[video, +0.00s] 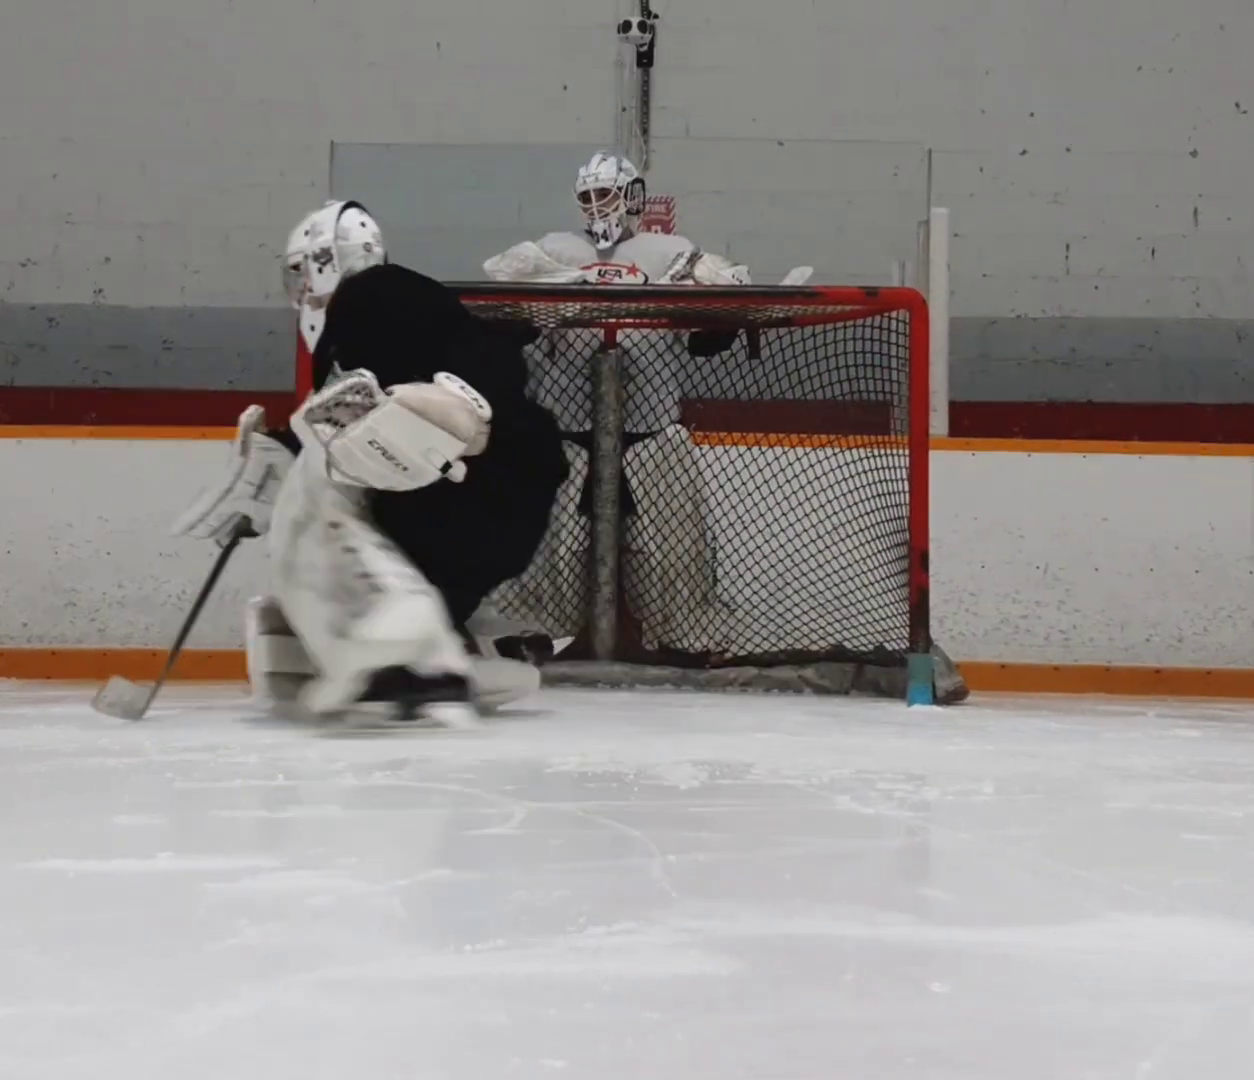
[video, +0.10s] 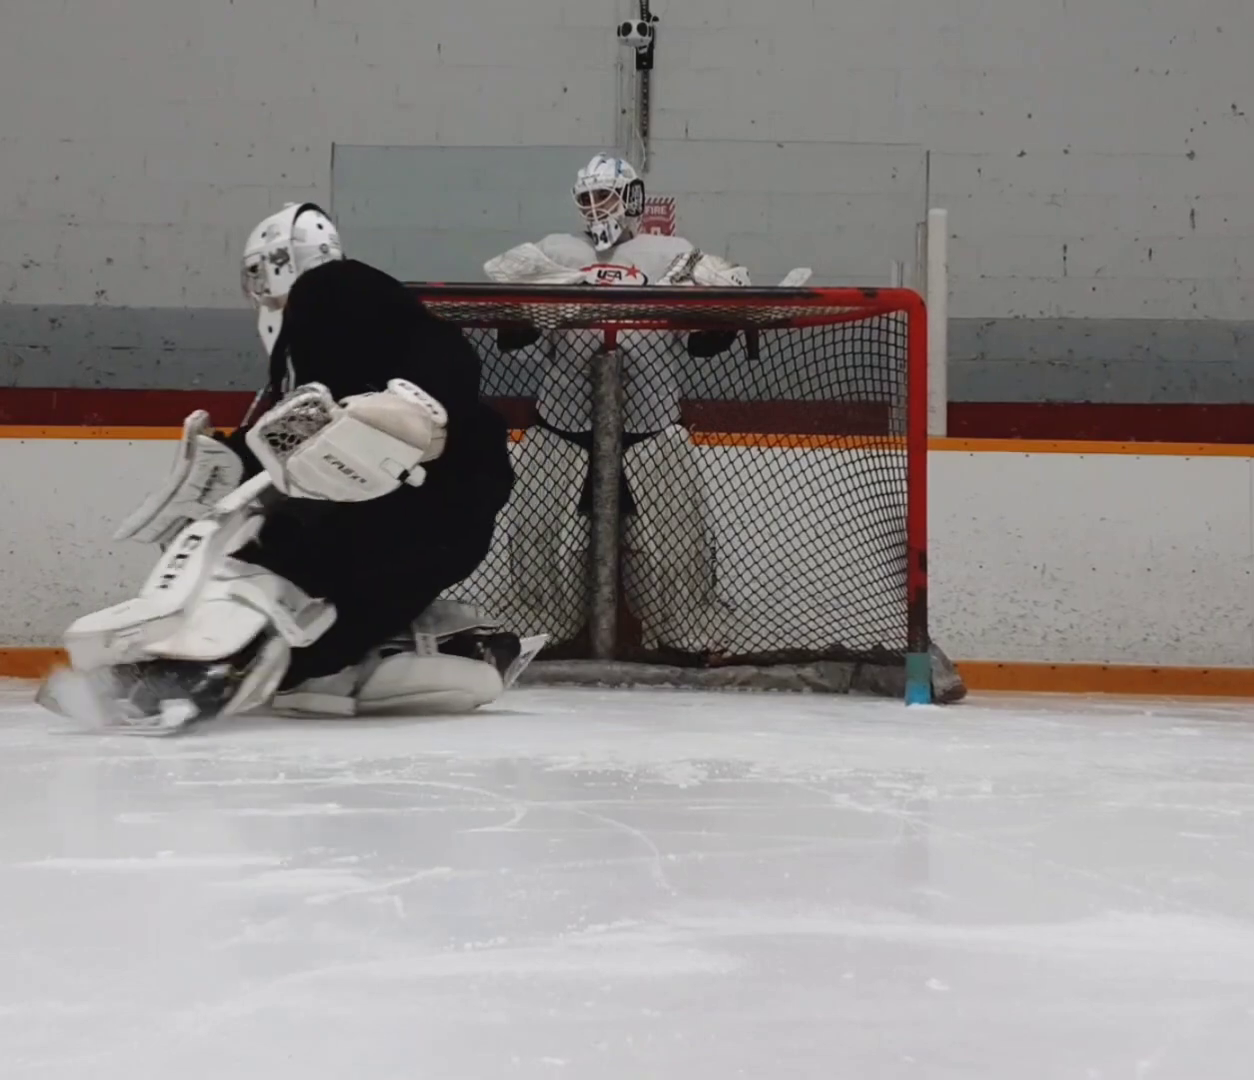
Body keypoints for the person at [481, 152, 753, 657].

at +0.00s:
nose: (599, 207)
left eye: (609, 195)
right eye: (589, 198)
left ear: (633, 198)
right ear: (578, 204)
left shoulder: (668, 252)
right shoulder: (556, 252)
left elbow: (712, 338)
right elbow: (500, 273)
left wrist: (710, 285)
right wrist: (563, 285)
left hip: (650, 432)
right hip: (566, 434)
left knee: (671, 536)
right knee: (555, 537)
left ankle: (680, 640)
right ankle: (546, 637)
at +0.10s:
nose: (597, 208)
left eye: (607, 196)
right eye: (588, 199)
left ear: (632, 198)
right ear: (577, 205)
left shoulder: (670, 255)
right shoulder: (554, 255)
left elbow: (706, 343)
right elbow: (509, 338)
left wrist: (719, 294)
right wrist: (536, 293)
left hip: (649, 435)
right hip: (561, 434)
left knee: (674, 541)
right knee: (533, 532)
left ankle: (678, 644)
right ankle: (541, 643)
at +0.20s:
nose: (597, 209)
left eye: (607, 199)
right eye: (588, 200)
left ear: (633, 199)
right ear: (578, 205)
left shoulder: (669, 257)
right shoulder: (554, 256)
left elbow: (704, 343)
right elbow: (510, 338)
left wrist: (724, 297)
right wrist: (527, 292)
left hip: (651, 435)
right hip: (563, 437)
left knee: (671, 542)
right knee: (538, 540)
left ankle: (676, 643)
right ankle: (539, 643)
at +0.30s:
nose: (595, 209)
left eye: (606, 198)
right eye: (587, 200)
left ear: (633, 200)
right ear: (576, 204)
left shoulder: (669, 258)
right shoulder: (556, 258)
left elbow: (705, 343)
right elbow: (511, 338)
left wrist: (721, 295)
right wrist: (531, 293)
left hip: (650, 436)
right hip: (562, 435)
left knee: (670, 541)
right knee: (538, 537)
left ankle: (674, 640)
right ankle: (540, 637)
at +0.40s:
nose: (596, 210)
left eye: (606, 198)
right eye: (587, 200)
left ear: (632, 200)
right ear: (577, 205)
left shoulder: (669, 258)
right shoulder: (556, 258)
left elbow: (706, 343)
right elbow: (511, 338)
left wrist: (720, 296)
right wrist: (531, 295)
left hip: (649, 434)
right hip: (562, 432)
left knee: (669, 539)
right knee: (539, 536)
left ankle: (672, 640)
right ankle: (547, 638)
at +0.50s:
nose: (597, 208)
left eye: (607, 198)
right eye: (588, 200)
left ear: (632, 198)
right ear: (578, 204)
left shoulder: (669, 256)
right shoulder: (553, 255)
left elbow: (704, 342)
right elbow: (510, 339)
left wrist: (723, 294)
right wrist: (521, 292)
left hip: (650, 436)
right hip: (563, 436)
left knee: (671, 538)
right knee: (535, 533)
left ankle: (677, 639)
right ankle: (544, 636)